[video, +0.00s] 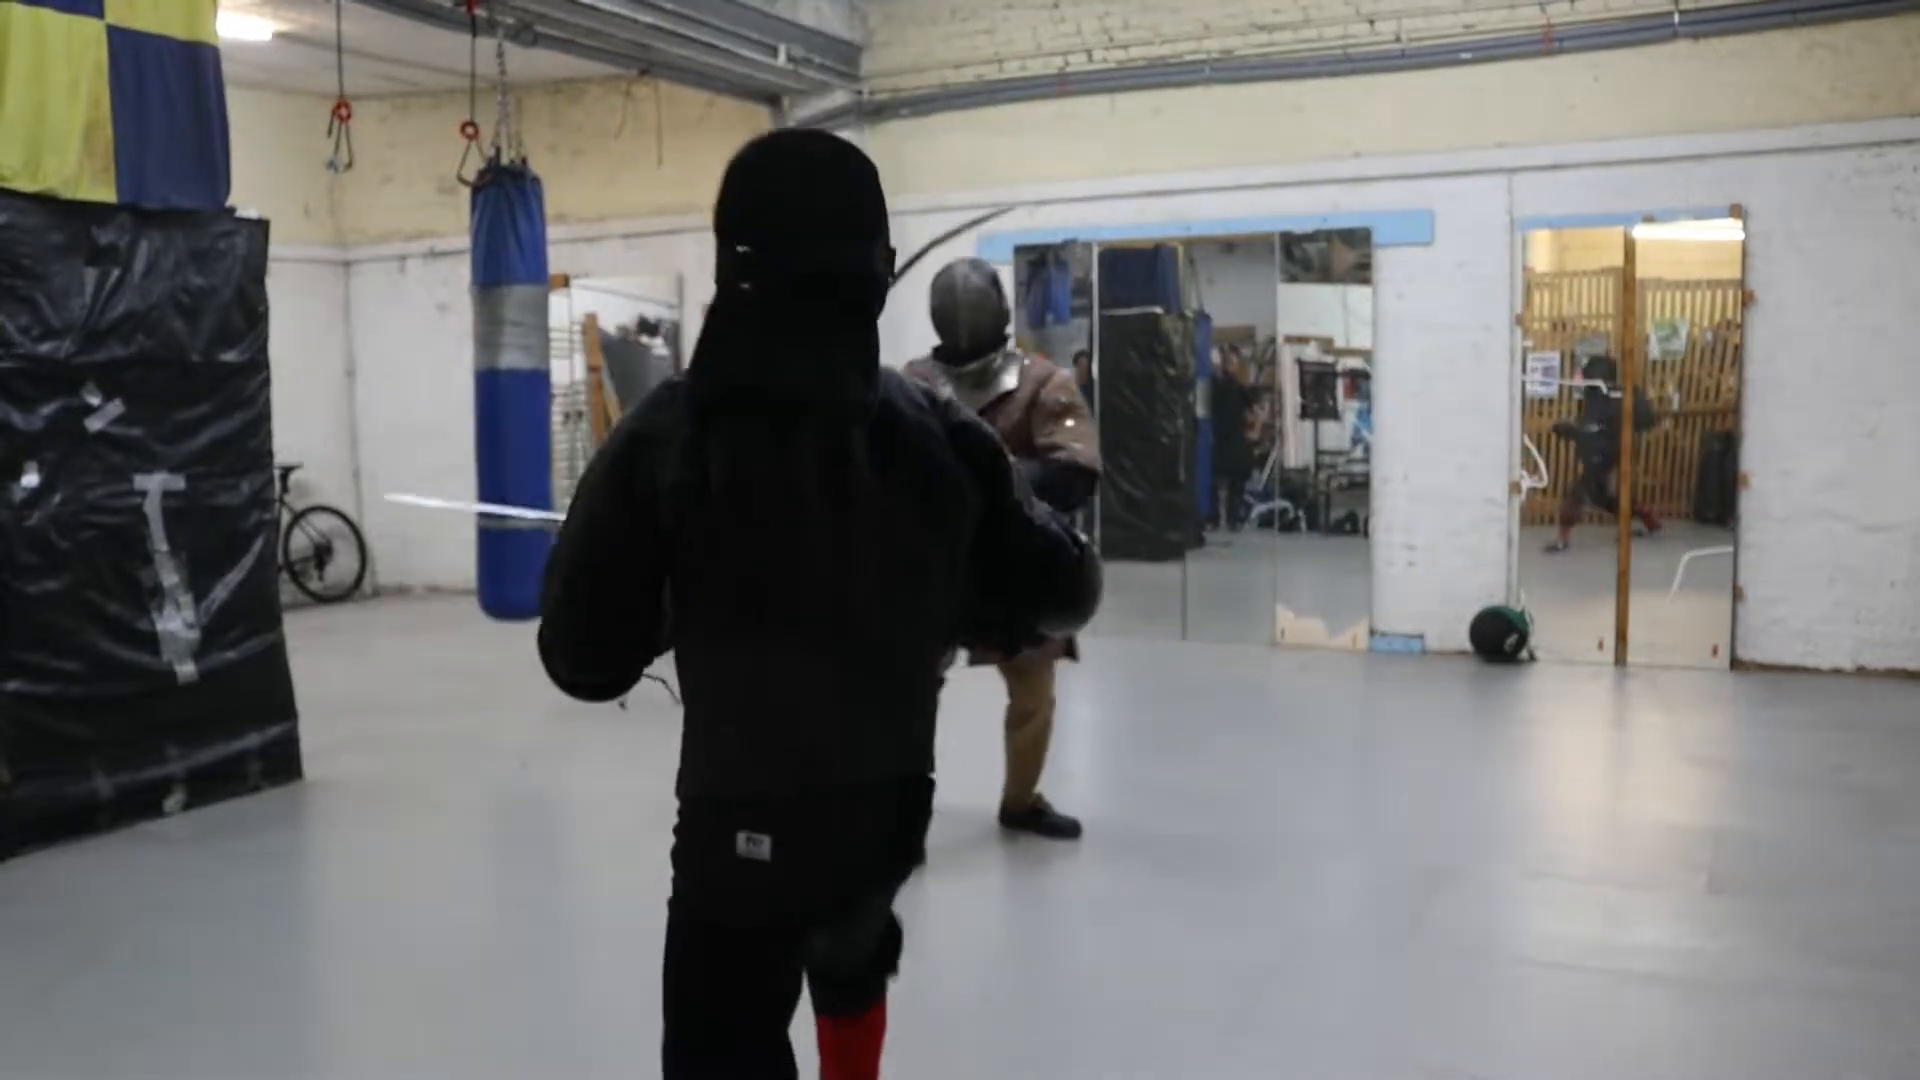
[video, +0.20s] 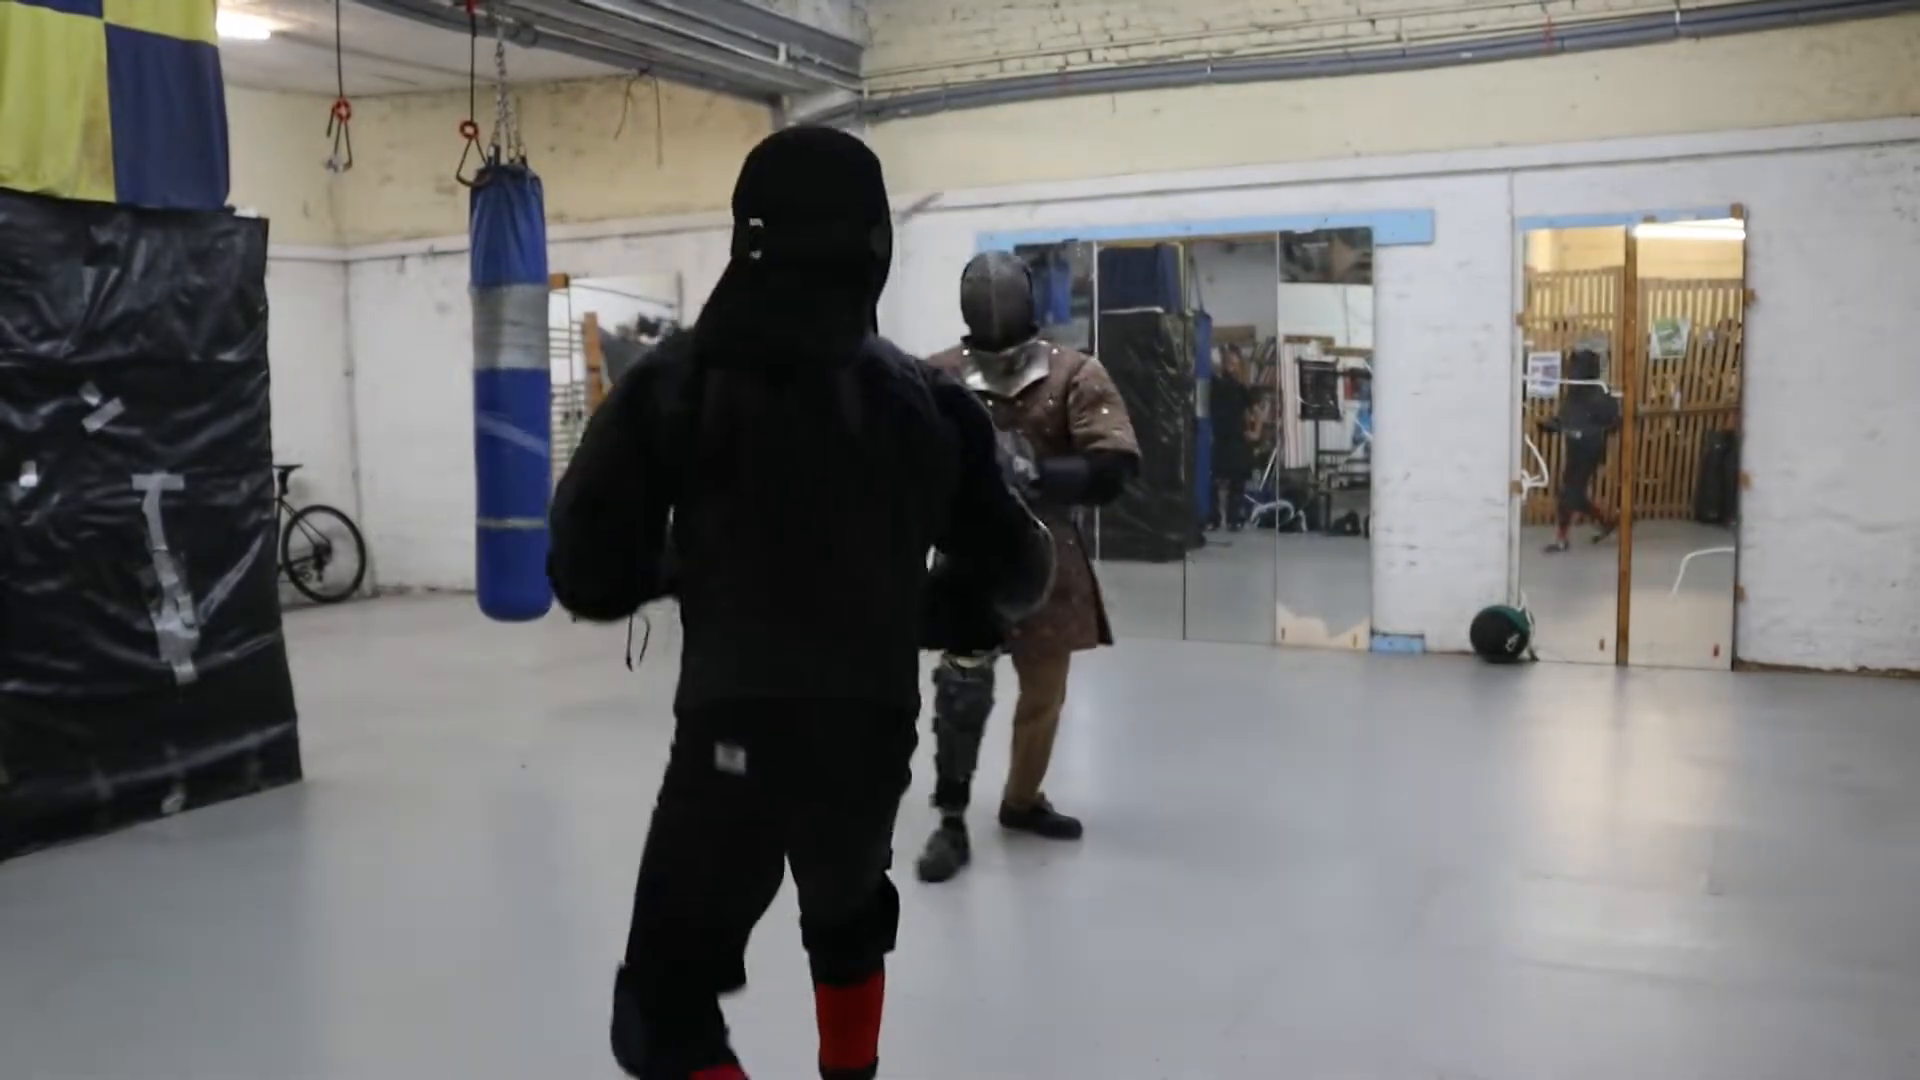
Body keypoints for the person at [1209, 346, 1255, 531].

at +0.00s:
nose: (1229, 365)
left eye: (1232, 360)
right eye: (1226, 360)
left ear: (1239, 363)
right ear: (1221, 362)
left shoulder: (1242, 387)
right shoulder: (1215, 384)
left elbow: (1250, 405)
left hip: (1238, 437)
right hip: (1217, 436)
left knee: (1237, 481)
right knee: (1214, 479)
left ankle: (1233, 519)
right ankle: (1213, 518)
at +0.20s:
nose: (1230, 367)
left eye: (1234, 363)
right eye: (1227, 362)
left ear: (1239, 364)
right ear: (1222, 363)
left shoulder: (1243, 388)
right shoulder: (1215, 386)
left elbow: (1255, 411)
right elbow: (1209, 410)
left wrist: (1255, 432)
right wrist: (1210, 431)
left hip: (1238, 437)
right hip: (1218, 436)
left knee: (1237, 480)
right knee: (1215, 479)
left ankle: (1234, 519)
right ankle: (1214, 517)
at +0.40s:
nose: (1232, 368)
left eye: (1235, 364)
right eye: (1228, 364)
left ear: (1240, 365)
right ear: (1222, 364)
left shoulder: (1244, 388)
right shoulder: (1214, 386)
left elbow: (1257, 410)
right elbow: (1207, 409)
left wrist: (1256, 432)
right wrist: (1208, 430)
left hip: (1238, 438)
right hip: (1218, 437)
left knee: (1237, 480)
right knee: (1214, 479)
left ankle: (1234, 518)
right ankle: (1213, 517)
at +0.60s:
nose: (1232, 368)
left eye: (1235, 364)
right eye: (1228, 364)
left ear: (1240, 365)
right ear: (1222, 365)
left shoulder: (1243, 389)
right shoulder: (1214, 386)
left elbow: (1256, 411)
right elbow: (1207, 410)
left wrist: (1256, 432)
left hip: (1238, 438)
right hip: (1217, 437)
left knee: (1237, 480)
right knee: (1213, 479)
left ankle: (1234, 518)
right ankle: (1213, 517)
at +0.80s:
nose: (1231, 368)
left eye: (1235, 364)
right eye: (1228, 364)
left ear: (1240, 366)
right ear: (1222, 365)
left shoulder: (1243, 389)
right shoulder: (1214, 386)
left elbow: (1256, 411)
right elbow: (1206, 411)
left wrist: (1256, 432)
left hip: (1238, 438)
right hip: (1217, 437)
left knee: (1237, 480)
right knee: (1213, 479)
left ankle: (1234, 518)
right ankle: (1212, 517)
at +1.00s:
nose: (1232, 368)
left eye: (1235, 364)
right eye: (1228, 364)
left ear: (1240, 365)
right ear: (1222, 365)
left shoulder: (1243, 389)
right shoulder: (1215, 386)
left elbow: (1256, 411)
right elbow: (1208, 410)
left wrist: (1256, 432)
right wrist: (1210, 428)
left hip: (1239, 439)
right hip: (1217, 437)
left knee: (1237, 482)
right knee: (1214, 480)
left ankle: (1233, 519)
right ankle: (1212, 517)